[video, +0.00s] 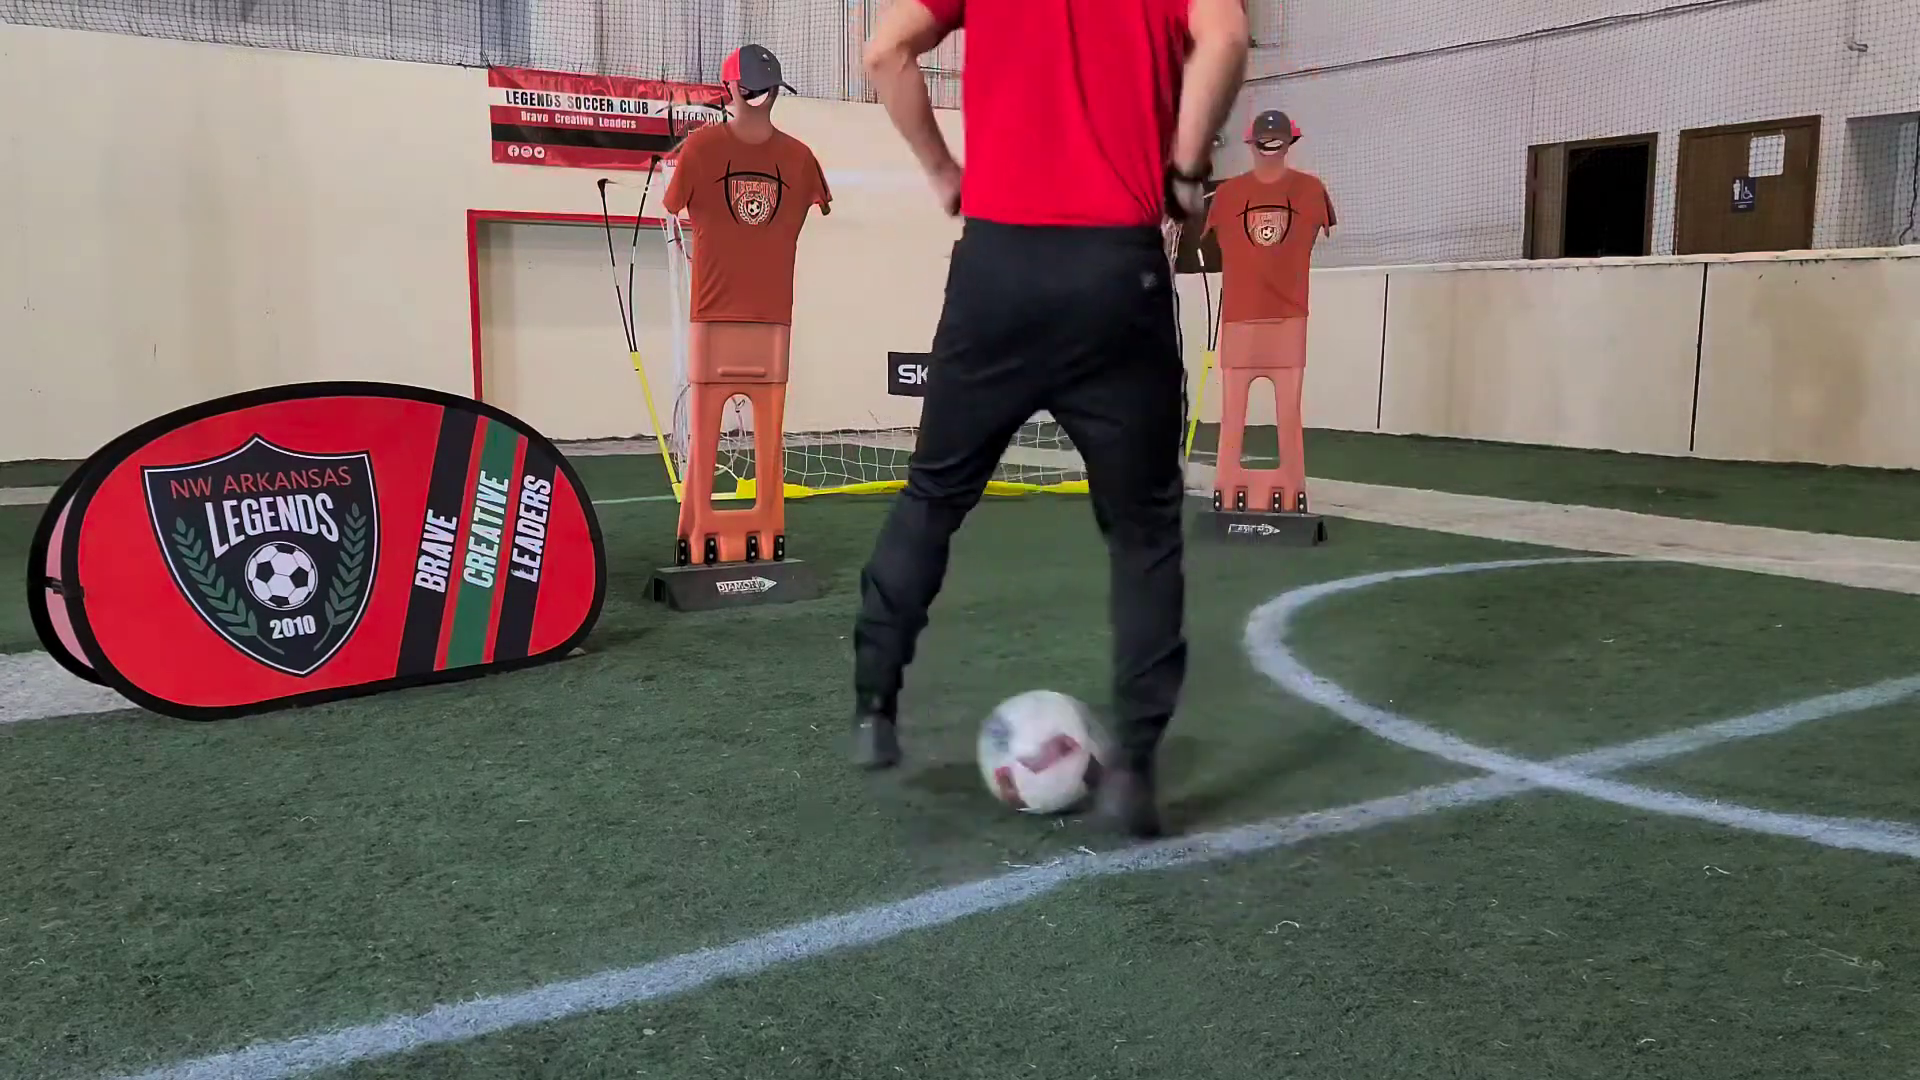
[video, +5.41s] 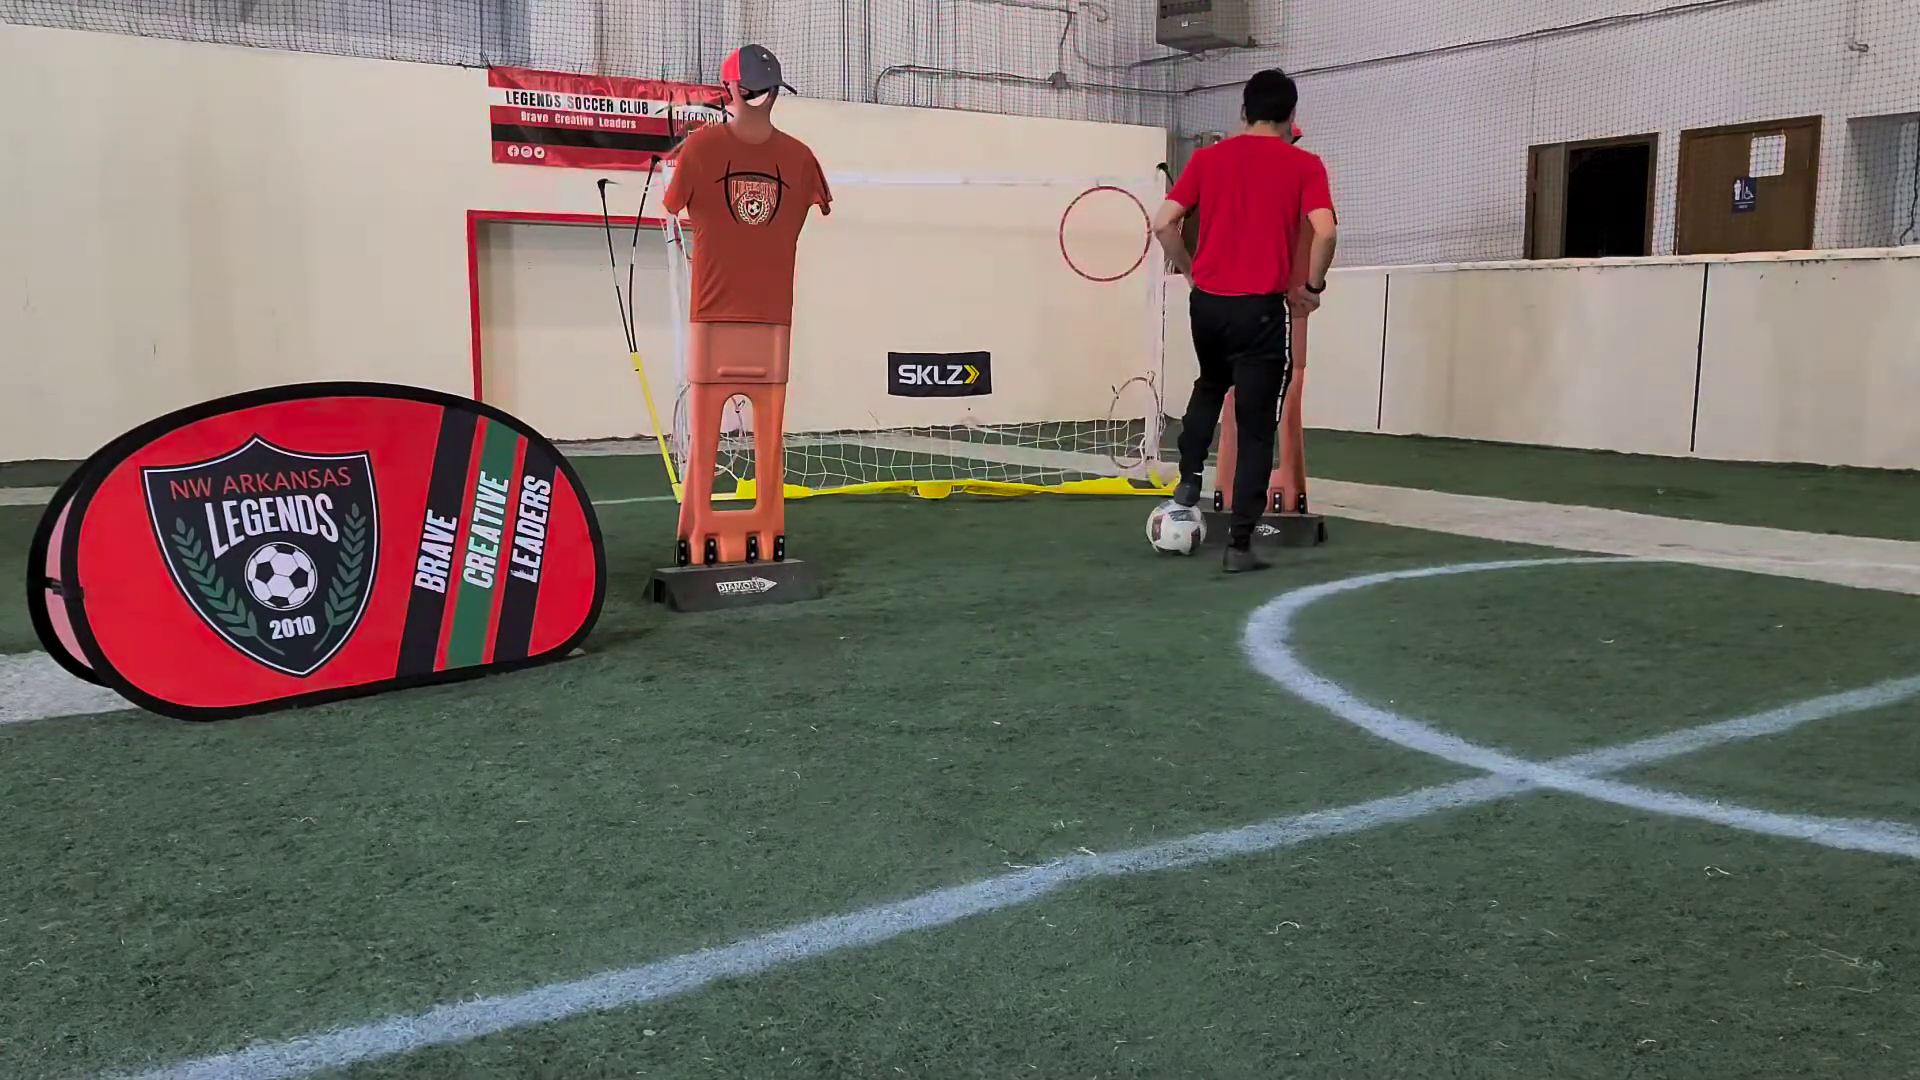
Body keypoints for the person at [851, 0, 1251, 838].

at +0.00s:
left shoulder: (979, 1)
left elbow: (886, 52)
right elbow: (1224, 34)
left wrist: (944, 171)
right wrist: (1188, 169)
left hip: (996, 264)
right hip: (1118, 268)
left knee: (935, 490)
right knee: (1143, 525)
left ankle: (874, 704)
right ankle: (1134, 764)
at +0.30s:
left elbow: (902, 85)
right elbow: (1232, 85)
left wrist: (961, 182)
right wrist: (1196, 205)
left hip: (997, 274)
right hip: (1113, 272)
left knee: (979, 518)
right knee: (1191, 500)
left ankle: (969, 739)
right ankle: (1213, 721)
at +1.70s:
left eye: (1093, 3)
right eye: (1184, 11)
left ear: (1103, 6)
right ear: (1176, 9)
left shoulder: (1057, 57)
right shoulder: (1204, 65)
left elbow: (992, 145)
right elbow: (1230, 137)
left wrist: (1045, 214)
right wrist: (1218, 238)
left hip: (1069, 289)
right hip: (1160, 293)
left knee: (1022, 450)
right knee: (1179, 473)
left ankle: (988, 611)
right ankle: (1175, 644)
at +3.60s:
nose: (1207, 91)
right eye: (1209, 84)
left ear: (1155, 84)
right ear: (1207, 85)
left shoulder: (1120, 127)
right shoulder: (1229, 134)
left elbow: (1083, 187)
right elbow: (1267, 209)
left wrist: (1105, 238)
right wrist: (1247, 247)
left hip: (1138, 300)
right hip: (1204, 301)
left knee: (1122, 417)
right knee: (1232, 418)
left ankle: (1106, 541)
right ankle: (1231, 538)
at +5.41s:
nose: (1295, 122)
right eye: (1295, 115)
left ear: (1245, 113)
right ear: (1290, 116)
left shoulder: (1208, 158)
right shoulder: (1304, 165)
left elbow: (1163, 223)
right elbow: (1326, 230)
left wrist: (1188, 266)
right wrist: (1313, 287)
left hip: (1207, 309)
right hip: (1261, 313)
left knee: (1212, 381)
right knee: (1256, 427)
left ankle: (1187, 486)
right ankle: (1240, 544)